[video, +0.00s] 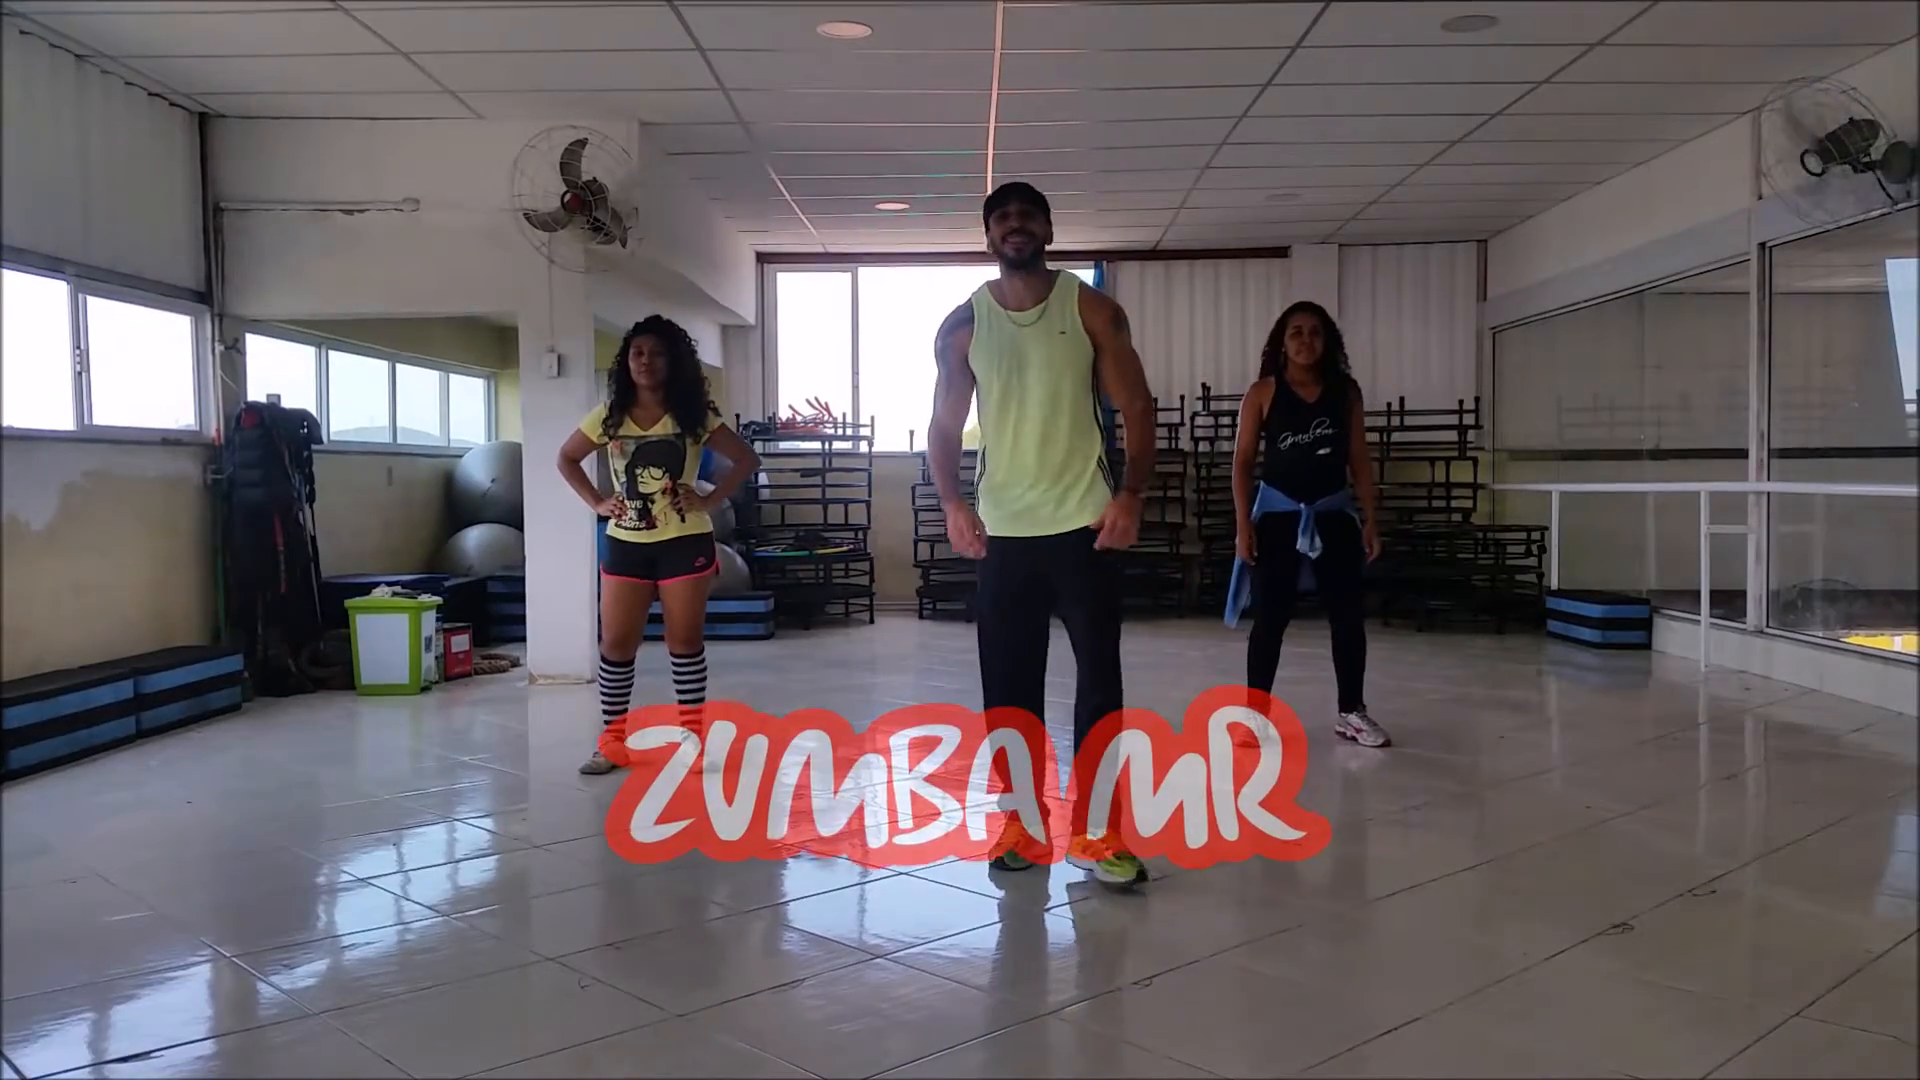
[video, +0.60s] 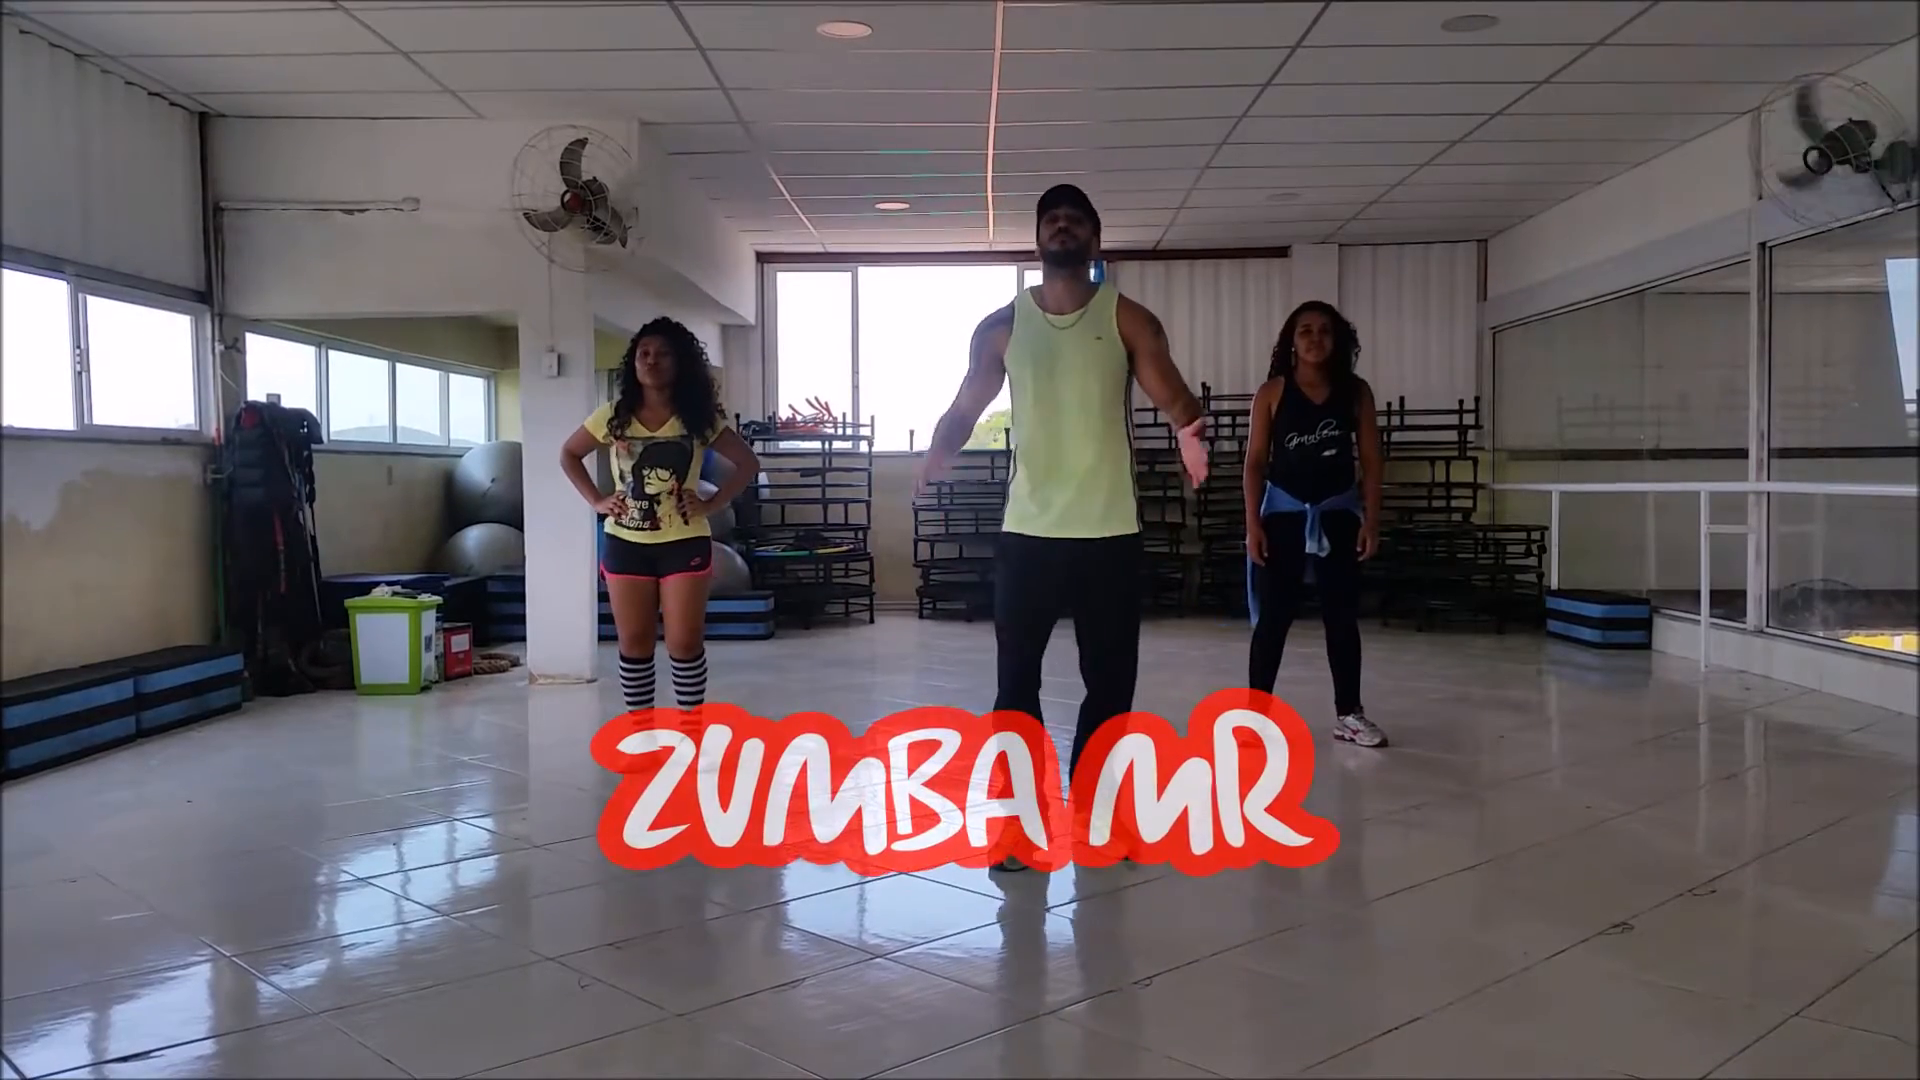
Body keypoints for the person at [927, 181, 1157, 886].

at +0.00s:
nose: (1016, 228)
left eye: (1028, 218)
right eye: (1003, 221)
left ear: (1049, 233)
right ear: (987, 239)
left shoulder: (1093, 309)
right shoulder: (964, 327)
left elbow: (1138, 406)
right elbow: (946, 427)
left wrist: (1132, 494)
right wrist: (954, 503)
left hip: (1086, 526)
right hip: (1006, 532)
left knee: (1100, 685)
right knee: (1008, 688)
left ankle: (1097, 831)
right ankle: (1020, 827)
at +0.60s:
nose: (1064, 227)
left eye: (1077, 219)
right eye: (1052, 219)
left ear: (1098, 239)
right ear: (1035, 239)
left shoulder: (1129, 319)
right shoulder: (1002, 329)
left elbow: (1175, 397)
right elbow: (964, 410)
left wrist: (1189, 421)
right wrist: (939, 454)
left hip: (1110, 532)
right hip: (1028, 532)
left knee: (1111, 691)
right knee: (1015, 686)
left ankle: (1096, 820)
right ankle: (1013, 828)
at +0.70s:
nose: (1068, 230)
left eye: (1081, 224)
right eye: (1057, 224)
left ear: (1103, 243)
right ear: (1042, 244)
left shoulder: (1135, 322)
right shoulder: (1005, 329)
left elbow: (1190, 401)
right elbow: (951, 413)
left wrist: (1200, 370)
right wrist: (928, 369)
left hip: (1115, 535)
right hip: (1032, 531)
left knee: (1116, 693)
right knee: (1008, 678)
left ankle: (1092, 819)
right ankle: (997, 814)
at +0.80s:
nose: (1069, 225)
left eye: (1081, 219)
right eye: (1058, 219)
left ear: (1100, 239)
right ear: (1041, 239)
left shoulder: (1125, 304)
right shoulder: (1011, 315)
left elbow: (1170, 355)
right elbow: (963, 377)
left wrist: (1159, 281)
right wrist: (953, 289)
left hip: (1115, 526)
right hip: (1033, 523)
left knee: (1114, 685)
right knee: (1007, 669)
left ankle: (1097, 807)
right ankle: (1002, 799)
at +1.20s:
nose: (1036, 231)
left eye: (1048, 223)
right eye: (1024, 224)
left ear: (1066, 242)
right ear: (1008, 242)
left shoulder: (1094, 306)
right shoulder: (981, 314)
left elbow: (1161, 286)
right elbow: (913, 306)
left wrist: (1125, 200)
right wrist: (953, 206)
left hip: (1090, 524)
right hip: (1008, 529)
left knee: (1117, 667)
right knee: (1005, 684)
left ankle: (1096, 793)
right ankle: (1004, 808)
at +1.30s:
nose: (1032, 220)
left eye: (1046, 214)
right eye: (1020, 215)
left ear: (1064, 236)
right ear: (1004, 238)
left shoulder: (1091, 303)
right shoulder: (982, 309)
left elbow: (1141, 275)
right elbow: (931, 298)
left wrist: (1116, 184)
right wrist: (946, 203)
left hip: (1087, 521)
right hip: (1006, 525)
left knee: (1110, 667)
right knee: (1004, 683)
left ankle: (1087, 797)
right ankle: (1006, 816)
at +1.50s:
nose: (1041, 224)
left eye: (1053, 214)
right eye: (1030, 215)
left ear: (1073, 230)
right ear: (1013, 233)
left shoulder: (1095, 301)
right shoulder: (993, 306)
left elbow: (1129, 258)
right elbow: (947, 290)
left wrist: (1058, 180)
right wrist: (1002, 212)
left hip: (1085, 522)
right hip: (1007, 523)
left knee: (1083, 686)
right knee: (1001, 684)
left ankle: (1079, 818)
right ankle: (999, 816)